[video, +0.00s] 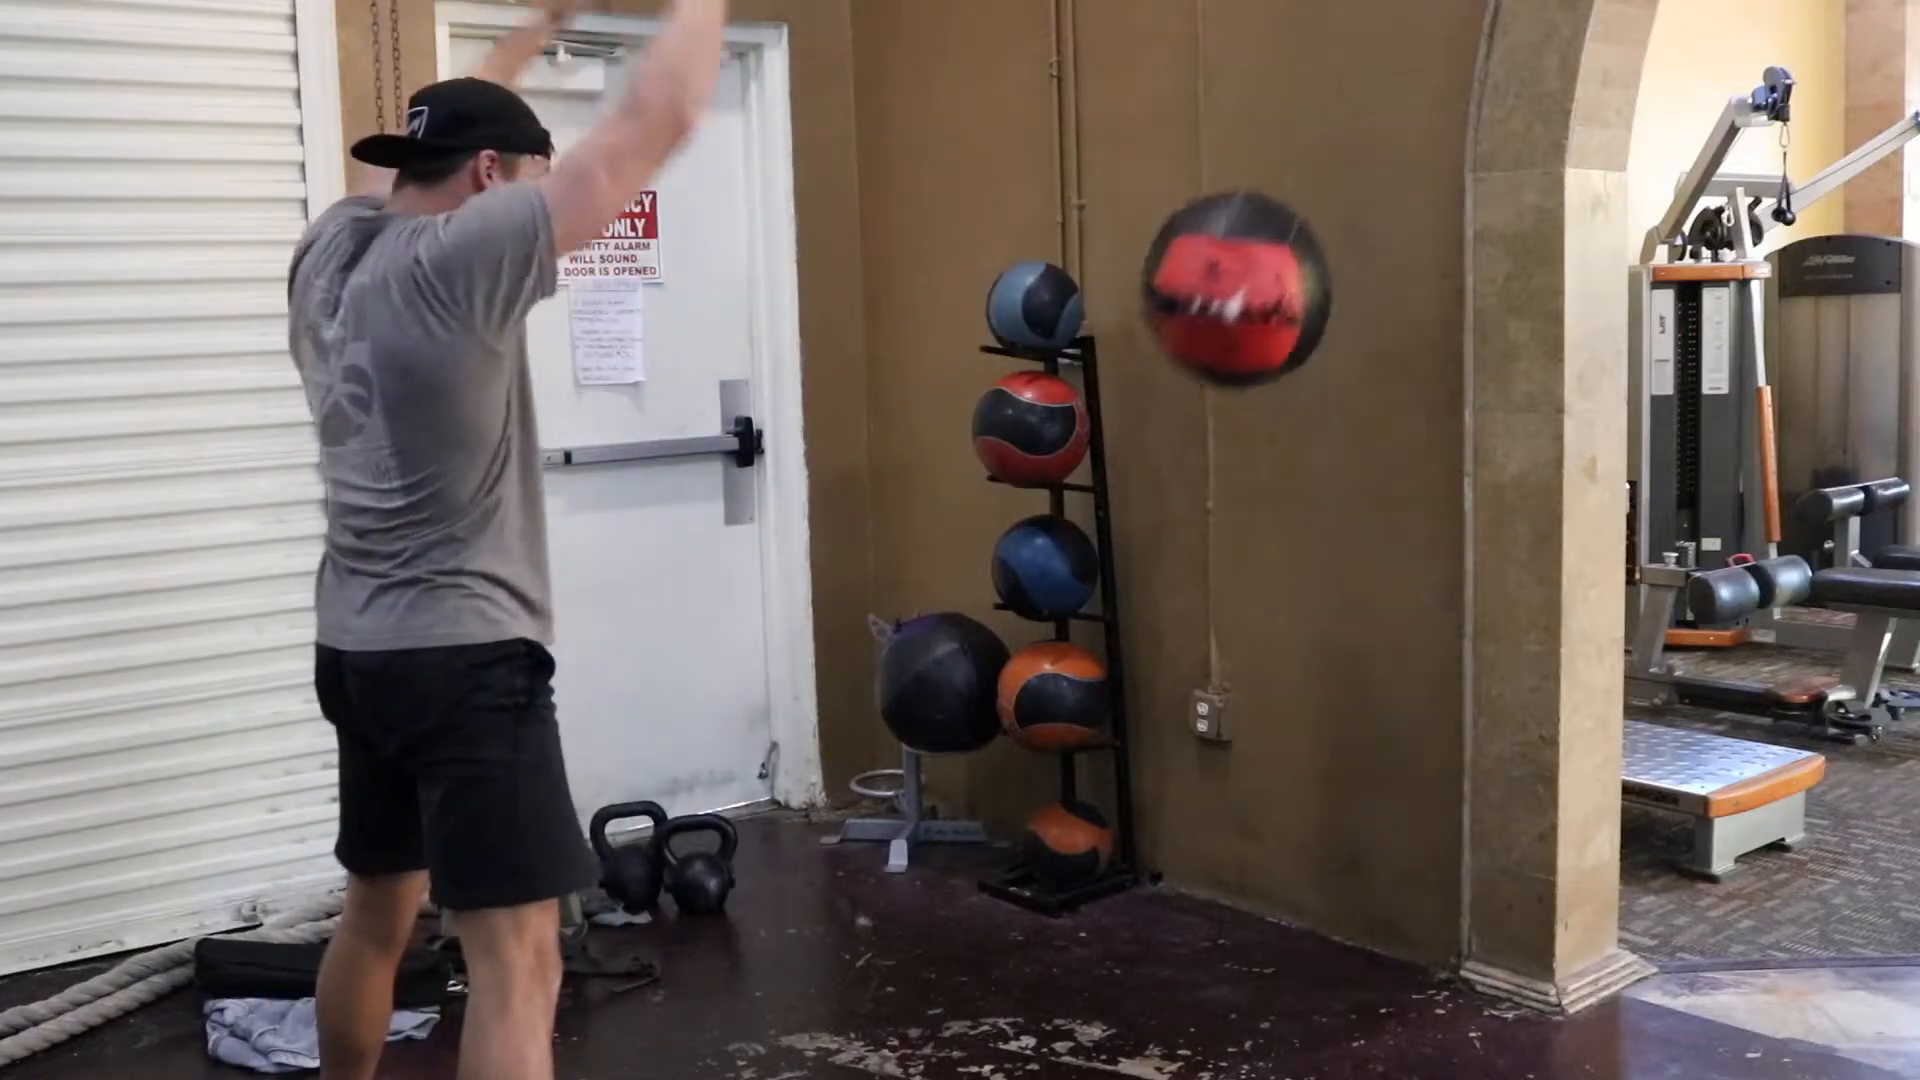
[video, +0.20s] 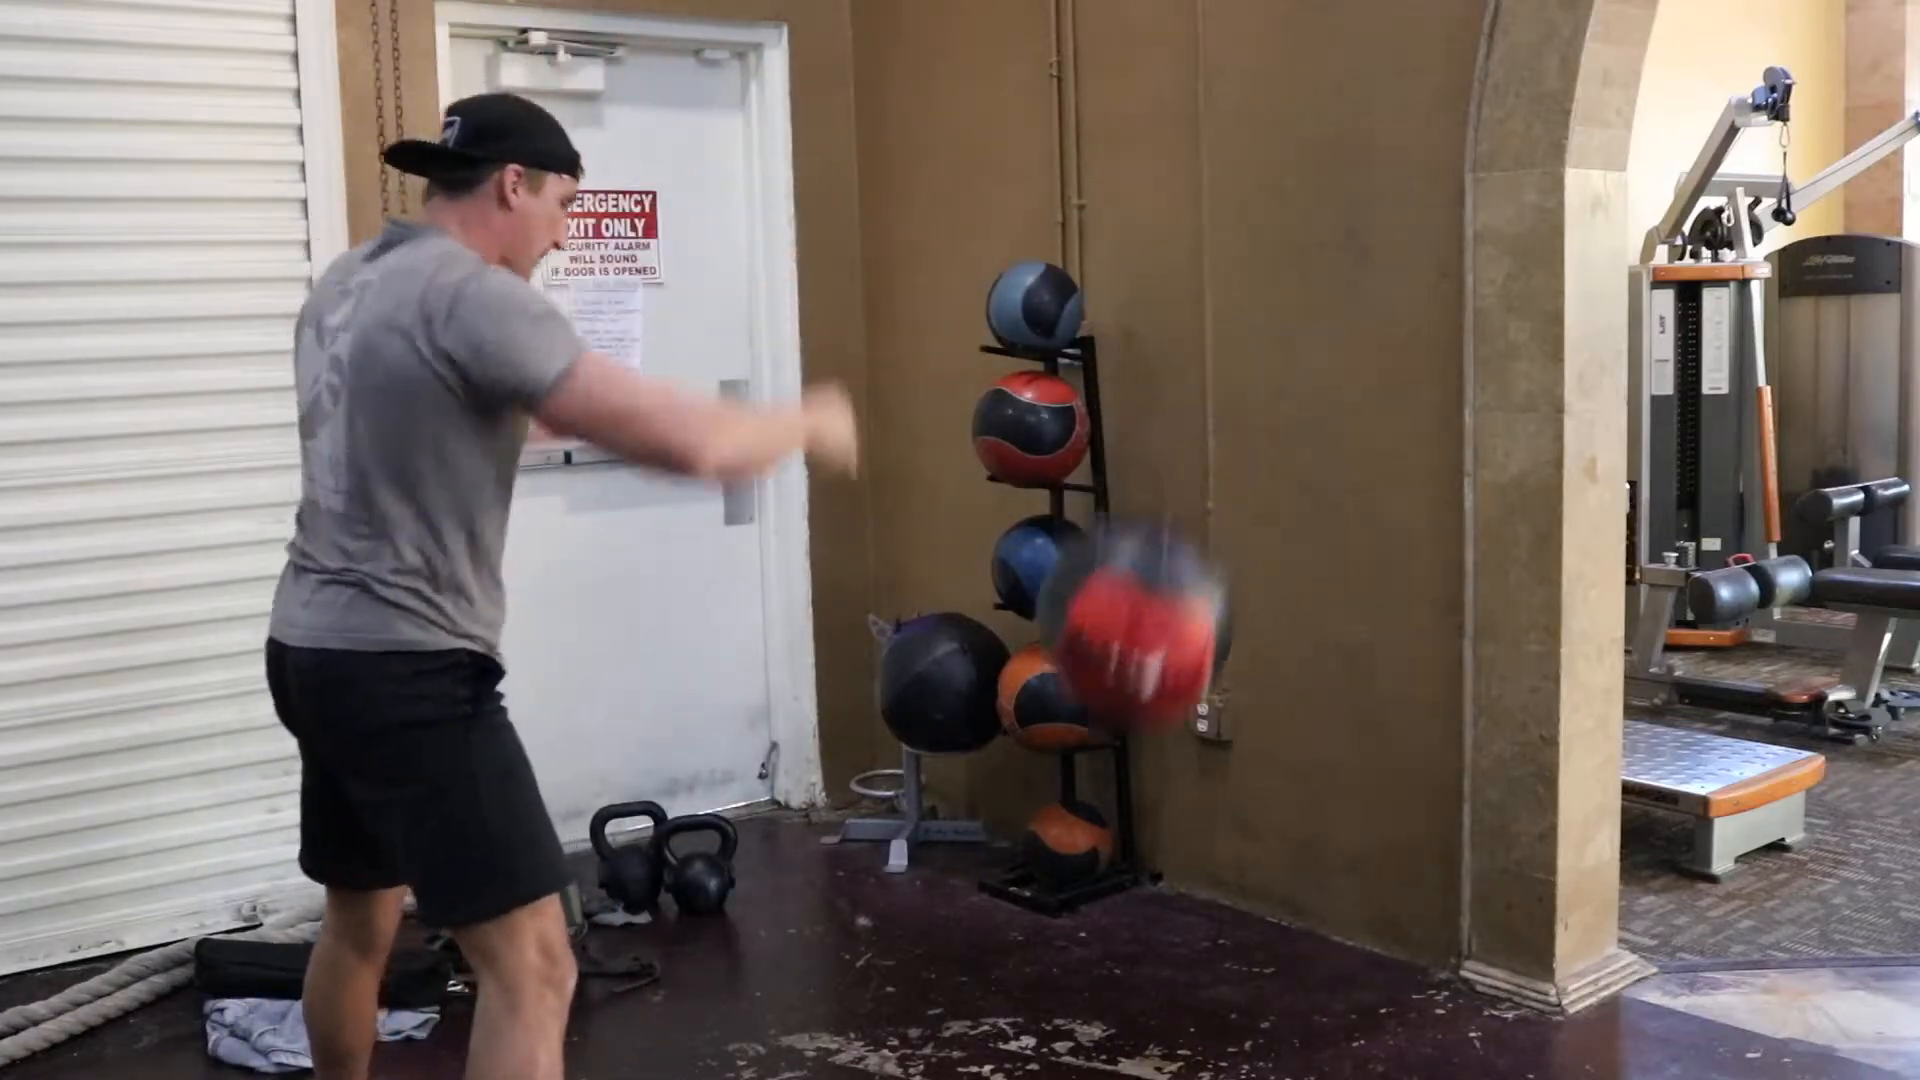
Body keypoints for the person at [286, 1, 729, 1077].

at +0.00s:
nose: (531, 206)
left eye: (535, 187)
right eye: (527, 184)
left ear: (414, 162)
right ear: (485, 173)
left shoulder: (326, 256)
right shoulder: (459, 262)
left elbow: (417, 146)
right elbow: (659, 115)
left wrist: (530, 35)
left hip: (354, 646)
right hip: (467, 649)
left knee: (375, 911)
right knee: (514, 962)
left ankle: (342, 1077)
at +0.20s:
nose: (562, 236)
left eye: (568, 213)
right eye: (562, 208)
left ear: (452, 185)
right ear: (508, 184)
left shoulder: (340, 282)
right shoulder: (474, 299)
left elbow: (411, 426)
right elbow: (699, 442)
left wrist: (550, 420)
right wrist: (809, 420)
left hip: (311, 653)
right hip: (413, 670)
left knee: (358, 925)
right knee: (530, 965)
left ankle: (338, 1079)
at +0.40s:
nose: (630, 325)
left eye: (638, 299)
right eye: (632, 295)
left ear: (558, 271)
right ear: (582, 272)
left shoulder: (394, 348)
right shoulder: (534, 380)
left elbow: (363, 581)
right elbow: (670, 610)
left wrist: (506, 709)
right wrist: (781, 700)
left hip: (262, 669)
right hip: (357, 689)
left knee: (370, 920)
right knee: (538, 980)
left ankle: (348, 1074)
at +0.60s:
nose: (660, 450)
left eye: (668, 428)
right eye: (663, 422)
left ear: (579, 384)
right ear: (616, 395)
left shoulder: (418, 433)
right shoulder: (559, 482)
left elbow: (371, 683)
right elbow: (723, 680)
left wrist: (484, 823)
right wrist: (882, 777)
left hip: (208, 716)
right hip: (306, 735)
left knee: (363, 904)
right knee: (554, 988)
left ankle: (335, 1072)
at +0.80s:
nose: (674, 551)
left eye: (682, 527)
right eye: (677, 524)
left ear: (586, 490)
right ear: (629, 508)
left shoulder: (426, 520)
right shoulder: (580, 598)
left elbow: (322, 646)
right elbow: (739, 808)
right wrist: (893, 926)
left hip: (187, 775)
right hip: (282, 796)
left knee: (367, 896)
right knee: (580, 992)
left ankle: (341, 1074)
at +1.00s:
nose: (686, 585)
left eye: (695, 561)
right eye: (688, 557)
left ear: (580, 520)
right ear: (645, 537)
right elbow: (607, 886)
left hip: (190, 786)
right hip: (291, 811)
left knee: (388, 880)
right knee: (589, 997)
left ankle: (345, 1066)